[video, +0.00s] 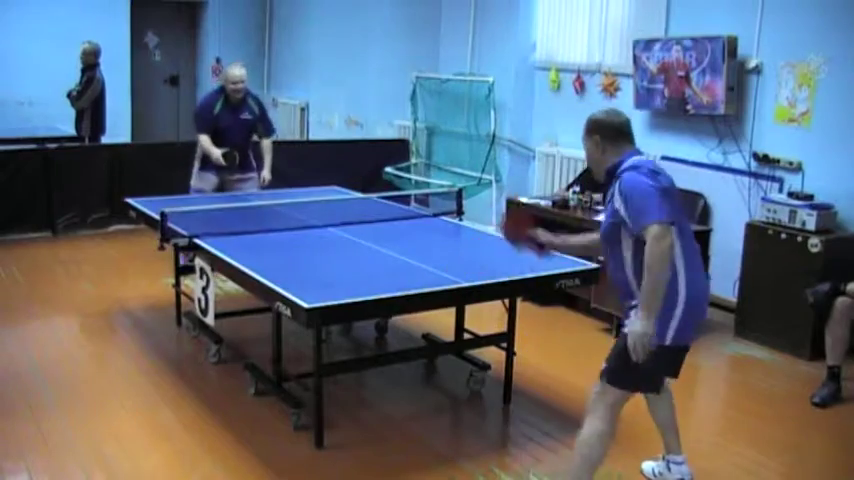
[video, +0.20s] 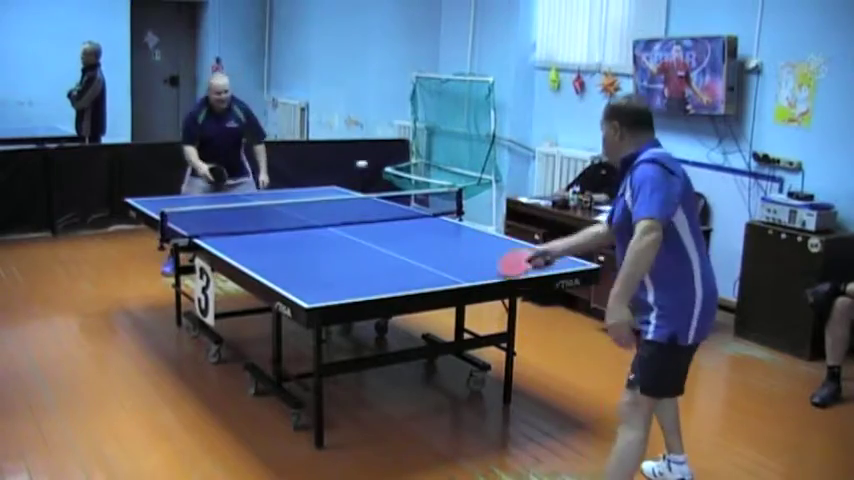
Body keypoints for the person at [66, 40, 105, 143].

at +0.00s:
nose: (82, 57)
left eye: (86, 54)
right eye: (82, 54)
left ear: (94, 56)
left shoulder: (94, 77)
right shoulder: (86, 74)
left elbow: (80, 103)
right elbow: (76, 89)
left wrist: (72, 94)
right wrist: (74, 94)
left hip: (91, 129)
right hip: (84, 128)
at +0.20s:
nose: (83, 57)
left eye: (87, 54)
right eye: (83, 54)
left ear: (95, 56)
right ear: (82, 55)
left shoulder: (95, 77)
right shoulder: (86, 74)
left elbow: (80, 103)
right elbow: (77, 88)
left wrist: (72, 93)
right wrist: (75, 94)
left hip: (92, 129)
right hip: (84, 127)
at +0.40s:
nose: (83, 57)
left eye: (87, 54)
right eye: (83, 54)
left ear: (96, 57)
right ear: (82, 55)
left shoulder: (95, 77)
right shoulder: (87, 74)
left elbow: (80, 103)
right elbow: (77, 89)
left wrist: (73, 93)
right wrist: (76, 94)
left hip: (92, 129)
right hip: (84, 128)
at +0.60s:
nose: (84, 57)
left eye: (88, 54)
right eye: (84, 54)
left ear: (96, 57)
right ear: (83, 55)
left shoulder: (96, 77)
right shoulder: (87, 74)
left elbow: (81, 103)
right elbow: (77, 89)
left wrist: (73, 92)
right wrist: (76, 93)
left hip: (92, 129)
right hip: (84, 128)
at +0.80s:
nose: (84, 57)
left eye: (88, 54)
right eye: (84, 53)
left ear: (97, 57)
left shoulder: (96, 77)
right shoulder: (88, 74)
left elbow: (81, 103)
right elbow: (76, 89)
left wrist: (74, 92)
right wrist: (77, 94)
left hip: (92, 129)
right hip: (85, 128)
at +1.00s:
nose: (86, 57)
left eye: (90, 54)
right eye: (86, 53)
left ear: (98, 56)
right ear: (84, 55)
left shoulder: (97, 76)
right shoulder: (88, 74)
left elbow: (82, 102)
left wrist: (74, 92)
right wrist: (77, 93)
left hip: (93, 129)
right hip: (85, 127)